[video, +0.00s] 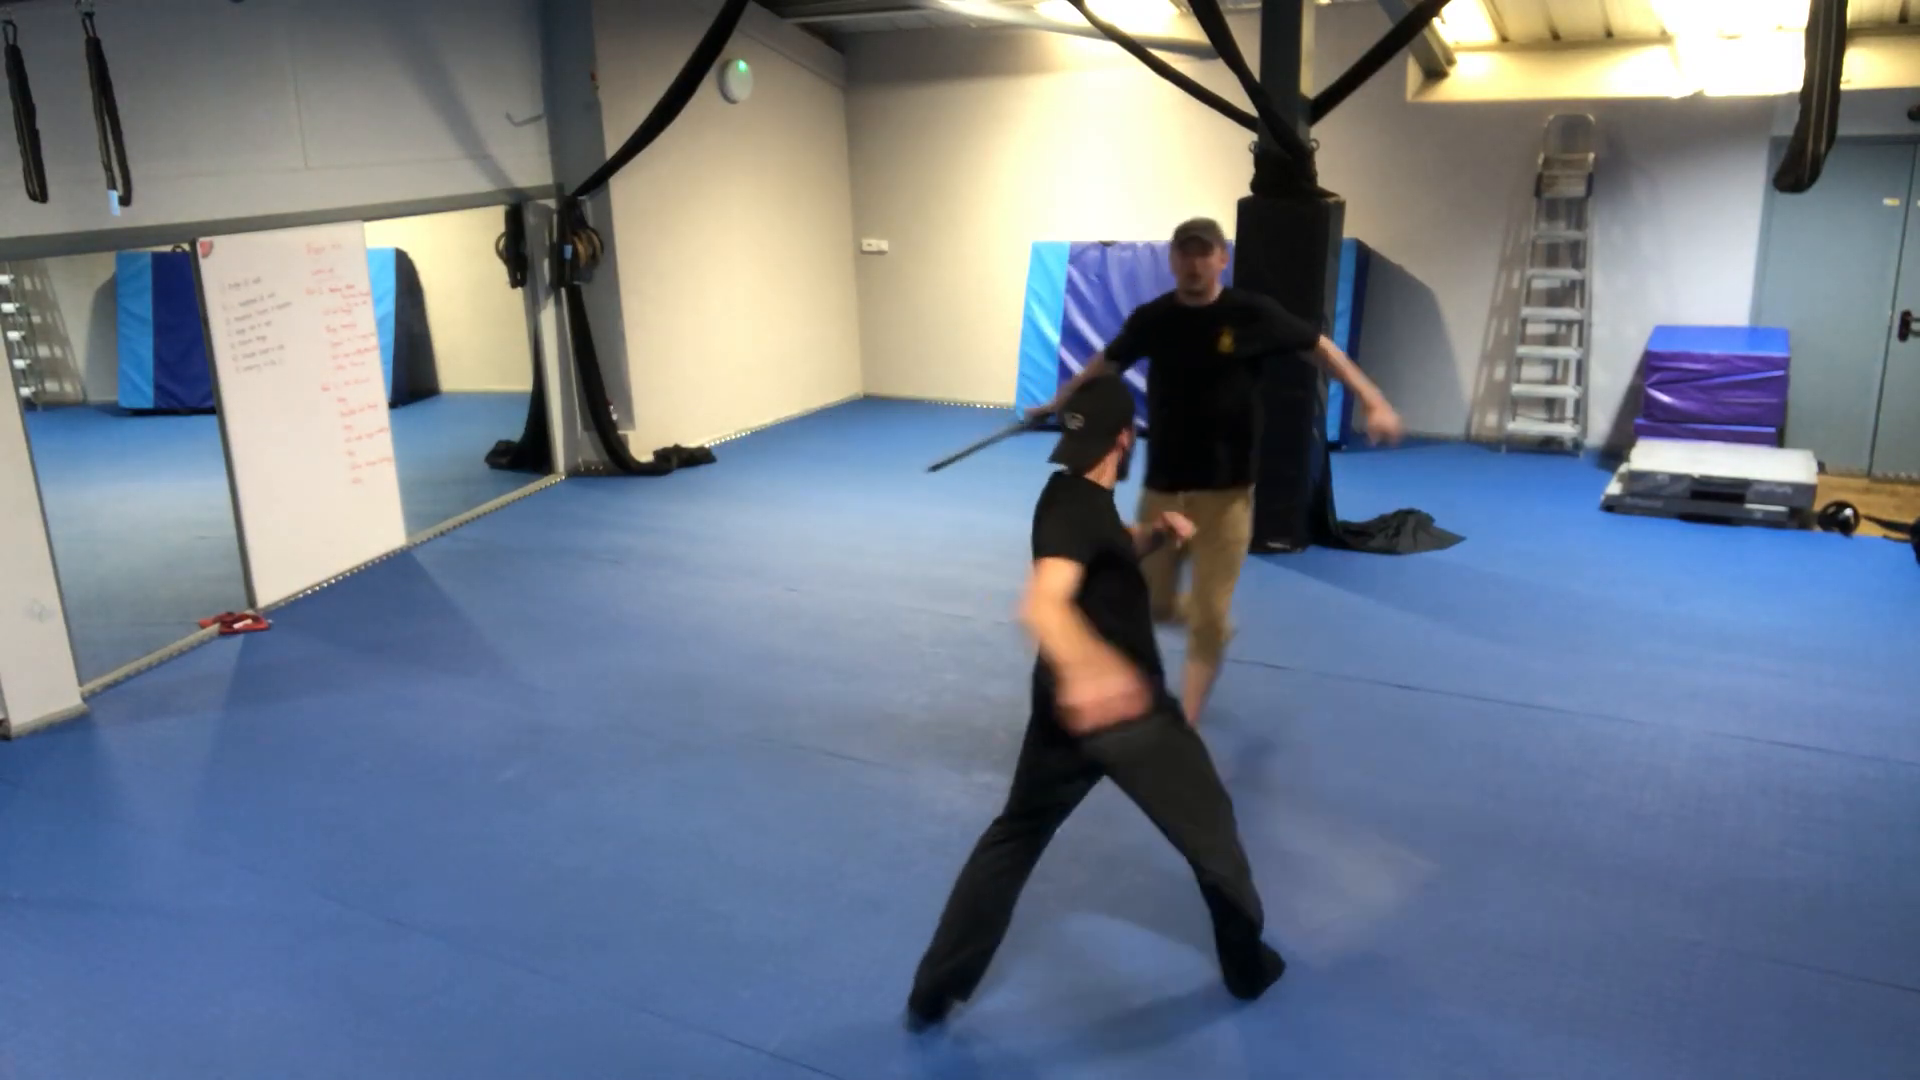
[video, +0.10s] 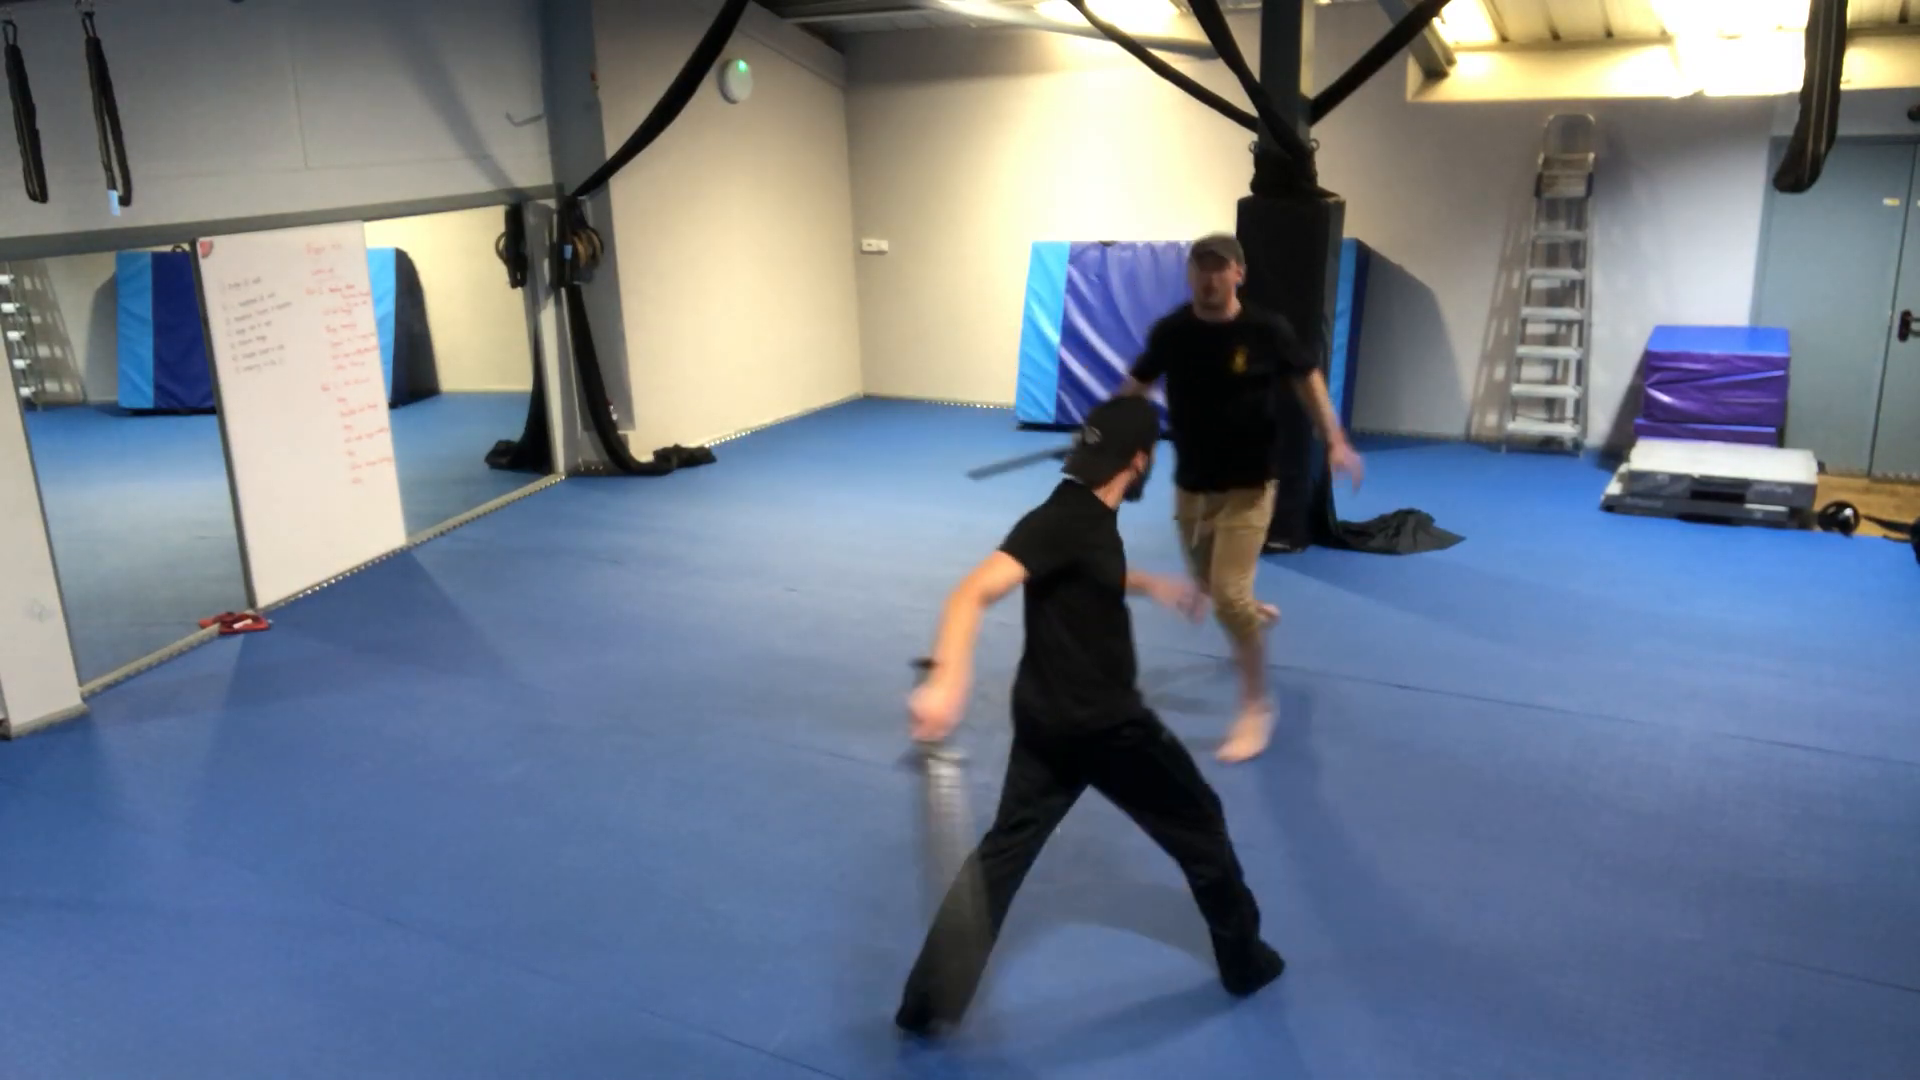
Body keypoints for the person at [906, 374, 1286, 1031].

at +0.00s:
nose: (1131, 441)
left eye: (1127, 430)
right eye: (1129, 432)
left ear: (1070, 434)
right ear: (1119, 442)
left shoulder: (1068, 495)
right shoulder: (1081, 506)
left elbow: (1102, 555)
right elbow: (1042, 604)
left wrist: (1151, 535)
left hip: (1068, 703)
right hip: (1125, 700)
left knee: (1015, 834)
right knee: (1209, 829)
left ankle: (934, 991)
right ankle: (1247, 966)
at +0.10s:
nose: (1150, 466)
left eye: (1150, 455)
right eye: (1149, 455)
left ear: (1093, 449)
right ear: (1133, 460)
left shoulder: (1084, 514)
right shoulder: (1071, 518)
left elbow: (1097, 572)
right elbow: (971, 593)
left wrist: (1156, 585)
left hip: (1049, 719)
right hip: (1103, 721)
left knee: (1005, 851)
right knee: (1197, 820)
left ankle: (927, 1002)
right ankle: (1243, 960)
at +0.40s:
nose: (1165, 478)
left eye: (1164, 468)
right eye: (1165, 468)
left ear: (1109, 462)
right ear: (1151, 475)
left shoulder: (1100, 524)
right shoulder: (1085, 524)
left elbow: (1086, 613)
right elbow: (1005, 613)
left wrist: (1141, 656)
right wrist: (1006, 718)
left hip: (1048, 724)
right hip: (1091, 725)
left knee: (1006, 858)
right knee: (1191, 814)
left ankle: (926, 1002)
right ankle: (1223, 954)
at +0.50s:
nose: (1176, 461)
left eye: (1173, 452)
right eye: (1176, 453)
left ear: (1116, 448)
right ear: (1165, 459)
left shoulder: (1105, 505)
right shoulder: (1112, 512)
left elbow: (1116, 595)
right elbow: (1069, 603)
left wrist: (1167, 637)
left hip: (1055, 704)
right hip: (1109, 704)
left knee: (1018, 840)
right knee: (1195, 812)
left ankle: (935, 992)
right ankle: (1219, 951)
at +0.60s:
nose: (1179, 444)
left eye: (1178, 434)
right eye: (1179, 433)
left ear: (1116, 432)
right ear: (1168, 439)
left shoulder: (1091, 493)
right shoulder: (1137, 495)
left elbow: (1163, 583)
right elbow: (1154, 581)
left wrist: (1209, 650)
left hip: (1070, 696)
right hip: (1133, 701)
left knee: (1036, 821)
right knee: (1192, 818)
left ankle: (973, 966)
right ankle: (1217, 947)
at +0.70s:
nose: (1172, 432)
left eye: (1166, 424)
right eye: (1171, 423)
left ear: (1105, 426)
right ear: (1163, 426)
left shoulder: (1077, 490)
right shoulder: (1161, 478)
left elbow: (1105, 588)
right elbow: (1233, 504)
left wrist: (1190, 606)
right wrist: (1252, 497)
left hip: (1079, 690)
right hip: (1155, 691)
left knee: (1056, 810)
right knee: (1197, 812)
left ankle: (1053, 964)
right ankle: (1213, 947)